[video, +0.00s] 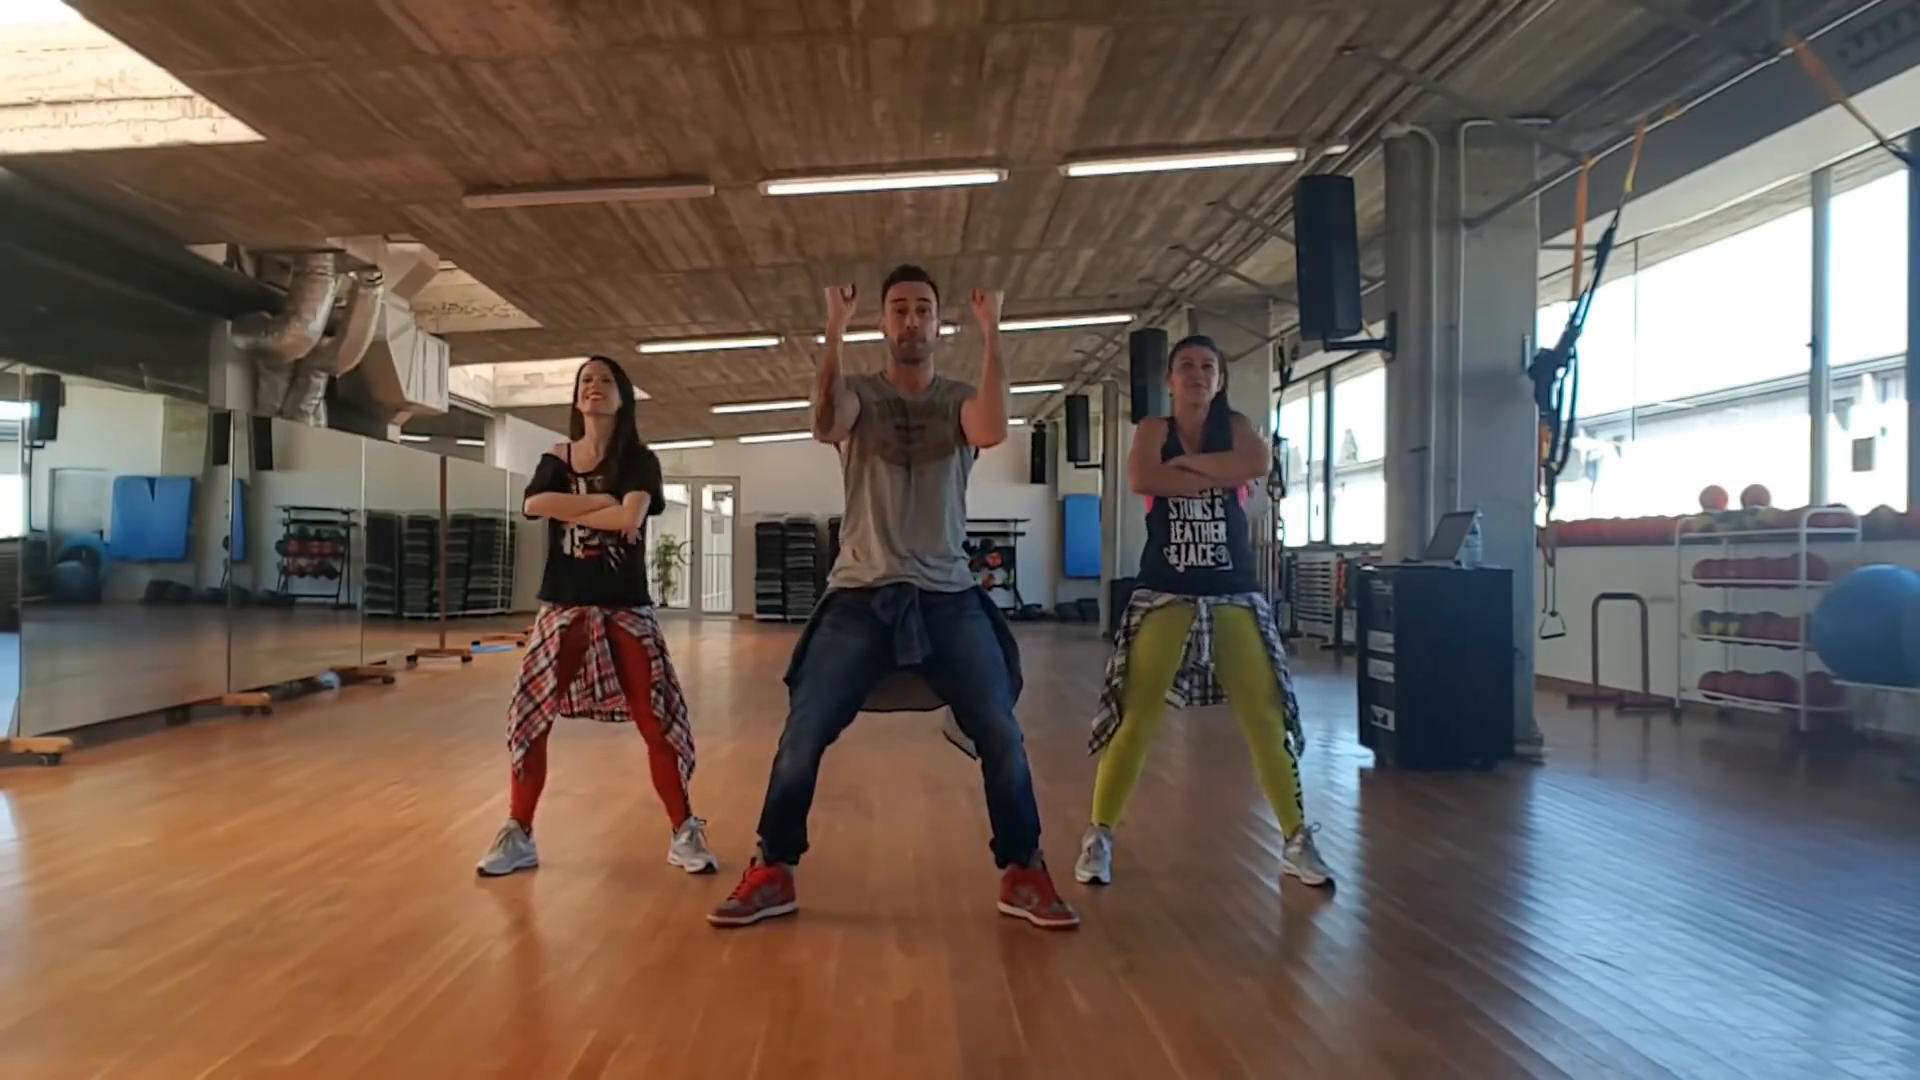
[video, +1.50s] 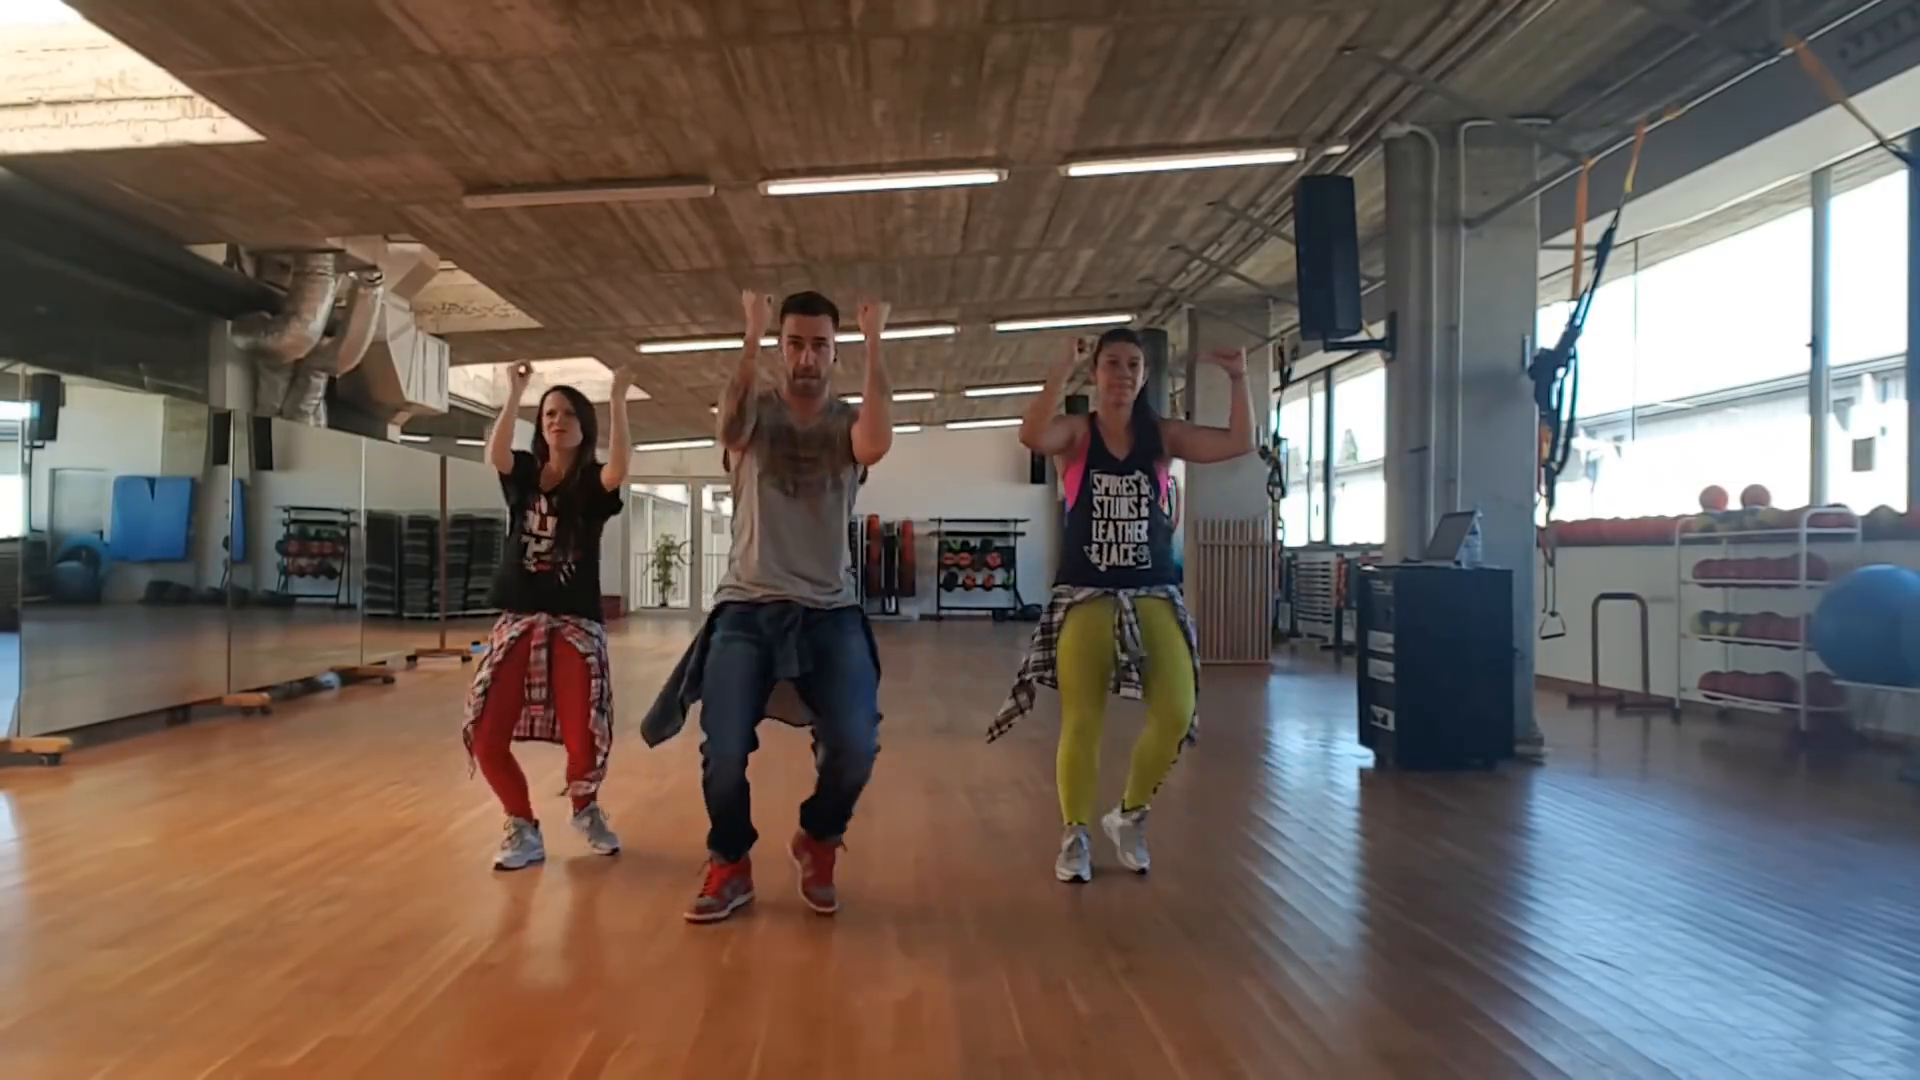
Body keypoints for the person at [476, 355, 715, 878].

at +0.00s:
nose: (595, 388)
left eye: (606, 382)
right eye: (587, 382)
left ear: (624, 397)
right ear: (577, 397)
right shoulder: (557, 456)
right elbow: (535, 504)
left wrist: (564, 510)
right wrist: (609, 505)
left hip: (625, 605)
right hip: (563, 604)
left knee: (656, 721)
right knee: (531, 714)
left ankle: (685, 831)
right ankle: (519, 835)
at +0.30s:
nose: (620, 389)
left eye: (628, 381)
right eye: (611, 384)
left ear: (648, 390)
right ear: (601, 397)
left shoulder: (665, 449)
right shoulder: (577, 450)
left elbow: (695, 464)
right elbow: (513, 452)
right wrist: (501, 452)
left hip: (659, 600)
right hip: (596, 601)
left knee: (676, 722)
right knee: (559, 714)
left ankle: (687, 832)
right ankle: (527, 831)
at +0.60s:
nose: (641, 411)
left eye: (649, 402)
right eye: (630, 404)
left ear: (665, 410)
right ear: (620, 415)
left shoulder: (679, 466)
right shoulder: (600, 470)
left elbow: (687, 464)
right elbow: (550, 475)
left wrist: (675, 398)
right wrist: (542, 407)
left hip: (681, 612)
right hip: (623, 616)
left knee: (703, 721)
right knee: (638, 724)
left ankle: (689, 831)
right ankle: (645, 818)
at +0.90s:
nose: (607, 413)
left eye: (616, 404)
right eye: (598, 408)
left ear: (636, 412)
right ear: (590, 419)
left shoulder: (651, 470)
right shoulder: (578, 475)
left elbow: (681, 477)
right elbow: (538, 483)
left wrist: (675, 410)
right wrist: (543, 416)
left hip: (651, 618)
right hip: (591, 619)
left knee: (677, 723)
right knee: (542, 715)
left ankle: (699, 831)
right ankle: (539, 831)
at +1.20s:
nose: (565, 404)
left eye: (575, 397)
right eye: (558, 397)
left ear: (594, 409)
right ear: (547, 410)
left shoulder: (603, 463)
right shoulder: (532, 458)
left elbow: (636, 468)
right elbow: (489, 461)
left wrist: (630, 398)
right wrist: (509, 393)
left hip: (591, 606)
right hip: (532, 606)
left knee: (623, 708)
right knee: (503, 725)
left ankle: (661, 818)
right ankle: (525, 829)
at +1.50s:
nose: (558, 421)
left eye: (567, 414)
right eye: (549, 415)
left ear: (586, 425)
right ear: (539, 426)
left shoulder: (594, 484)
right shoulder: (525, 474)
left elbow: (619, 470)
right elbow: (497, 454)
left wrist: (616, 403)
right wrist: (514, 395)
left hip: (575, 617)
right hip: (518, 615)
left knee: (582, 727)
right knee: (487, 738)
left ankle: (586, 810)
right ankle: (524, 831)